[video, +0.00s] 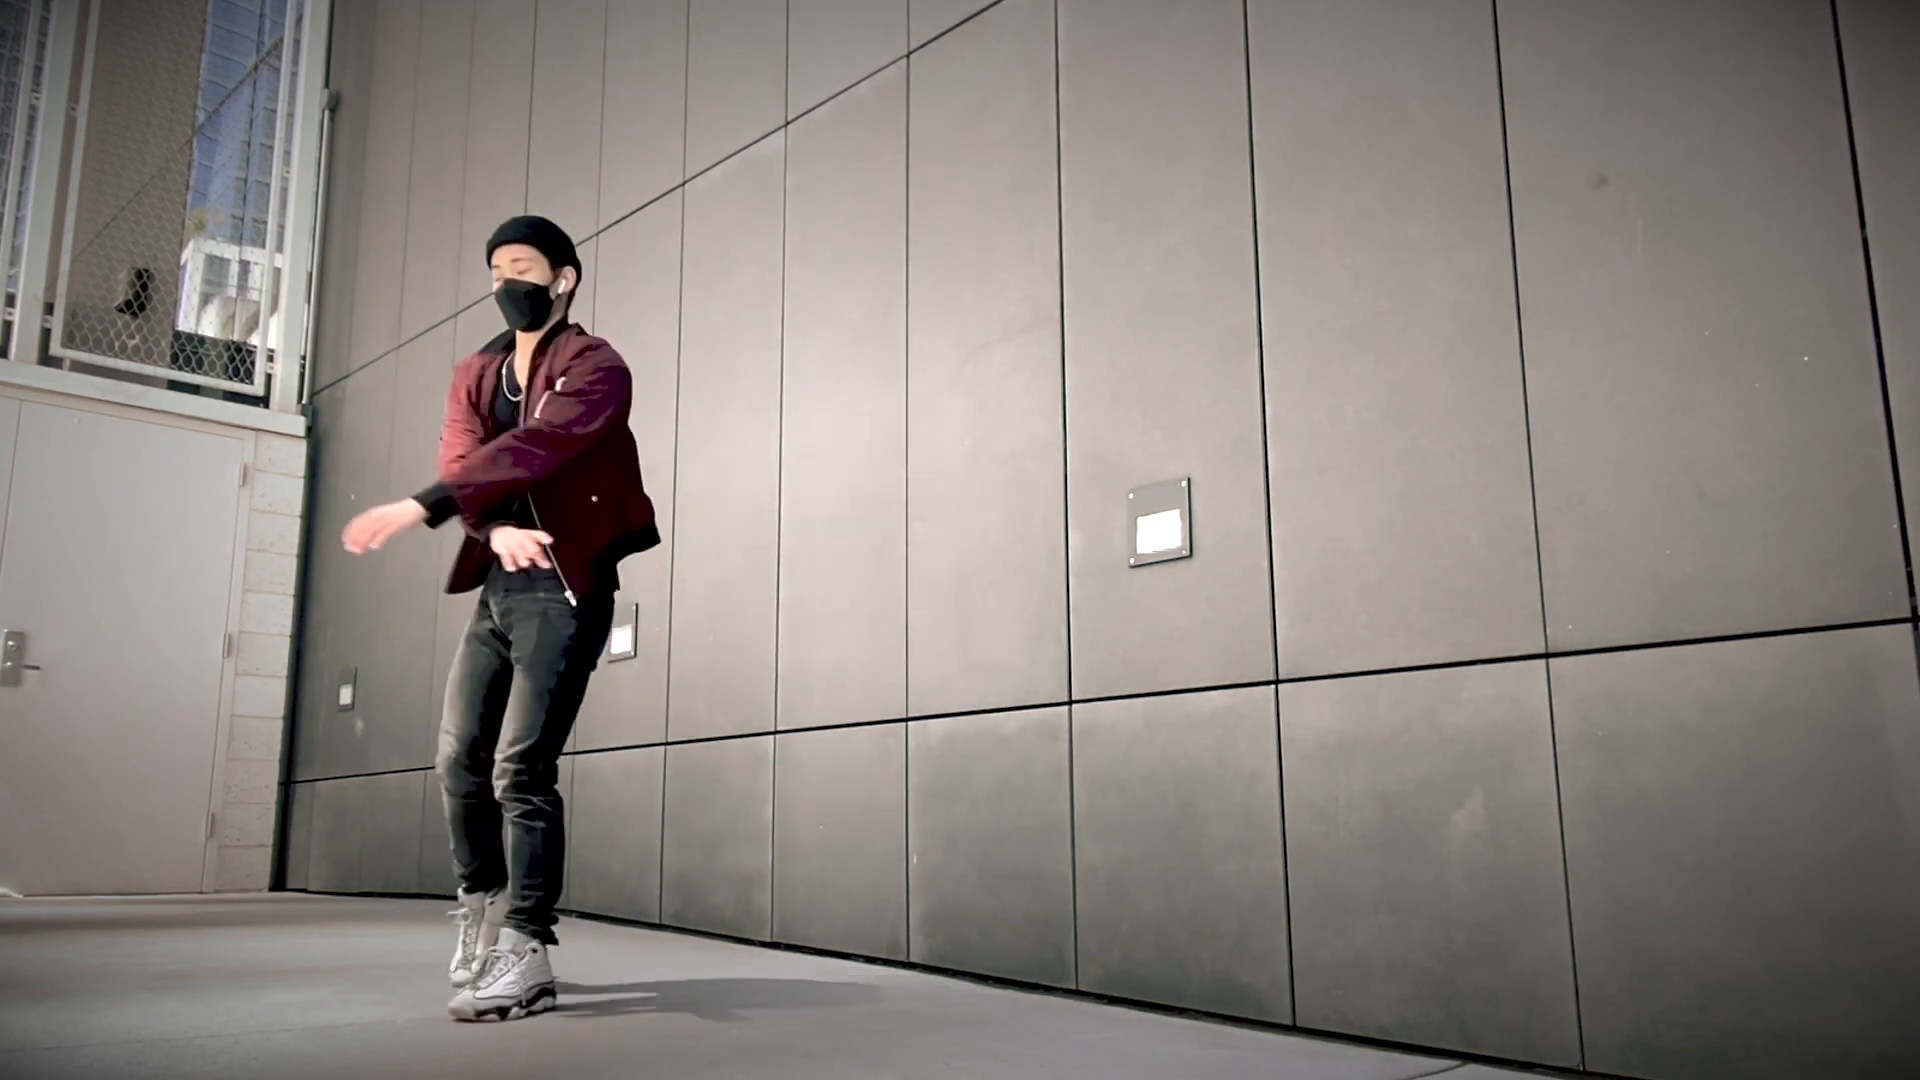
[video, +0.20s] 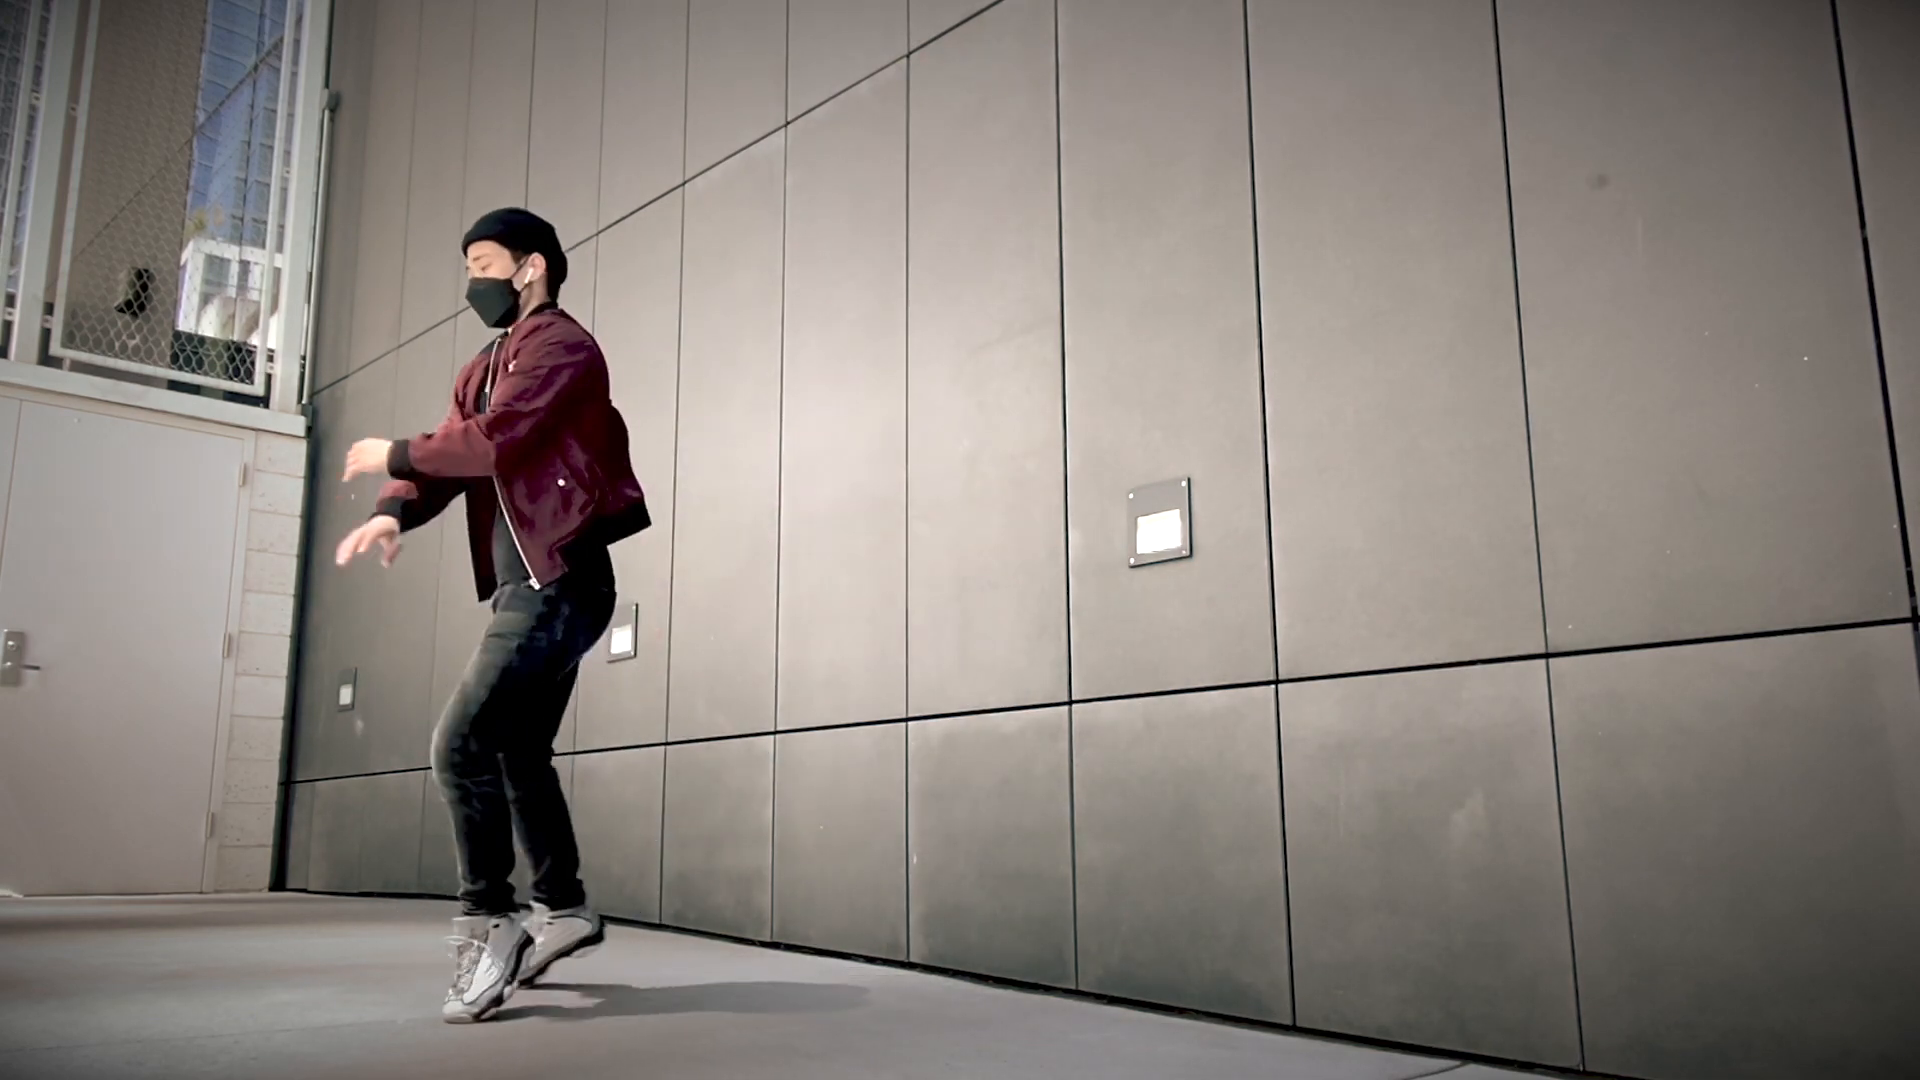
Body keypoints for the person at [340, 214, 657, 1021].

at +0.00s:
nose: (511, 281)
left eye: (527, 267)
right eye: (500, 270)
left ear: (567, 280)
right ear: (491, 286)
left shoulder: (598, 367)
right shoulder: (477, 371)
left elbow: (540, 447)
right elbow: (458, 465)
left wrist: (423, 504)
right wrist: (496, 527)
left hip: (564, 589)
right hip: (496, 586)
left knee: (522, 769)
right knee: (461, 764)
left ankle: (528, 951)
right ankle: (482, 912)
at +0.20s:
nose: (472, 283)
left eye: (483, 268)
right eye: (468, 272)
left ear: (534, 269)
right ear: (502, 278)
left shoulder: (560, 347)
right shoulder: (485, 369)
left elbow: (495, 441)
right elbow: (451, 455)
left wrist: (395, 454)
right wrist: (396, 511)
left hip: (557, 585)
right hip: (526, 585)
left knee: (463, 749)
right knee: (521, 749)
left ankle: (492, 928)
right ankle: (563, 910)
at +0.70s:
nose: (504, 289)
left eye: (516, 273)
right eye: (501, 275)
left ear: (566, 277)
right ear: (546, 284)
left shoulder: (588, 334)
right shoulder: (538, 371)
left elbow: (653, 381)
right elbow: (494, 453)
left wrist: (570, 462)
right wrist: (432, 457)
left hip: (565, 593)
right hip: (600, 601)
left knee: (444, 744)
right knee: (560, 779)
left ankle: (494, 917)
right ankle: (680, 911)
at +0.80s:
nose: (536, 289)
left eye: (551, 273)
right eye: (529, 277)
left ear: (600, 277)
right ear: (528, 284)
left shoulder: (628, 337)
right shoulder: (536, 383)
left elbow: (731, 381)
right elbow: (473, 452)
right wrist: (469, 437)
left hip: (584, 585)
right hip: (615, 594)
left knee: (473, 741)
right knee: (556, 772)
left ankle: (506, 922)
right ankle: (671, 904)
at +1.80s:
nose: (875, 315)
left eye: (886, 306)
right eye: (859, 304)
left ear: (897, 317)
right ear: (825, 314)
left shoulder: (922, 407)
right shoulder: (792, 398)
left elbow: (933, 510)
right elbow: (724, 443)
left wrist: (959, 604)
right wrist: (820, 420)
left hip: (937, 607)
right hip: (855, 611)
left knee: (1032, 756)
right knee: (827, 795)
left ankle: (985, 927)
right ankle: (777, 958)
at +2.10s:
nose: (949, 314)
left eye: (957, 306)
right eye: (933, 301)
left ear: (960, 319)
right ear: (891, 309)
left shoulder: (960, 405)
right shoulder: (858, 373)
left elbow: (969, 499)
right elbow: (775, 439)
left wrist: (960, 587)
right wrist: (809, 502)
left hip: (950, 619)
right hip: (883, 618)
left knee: (992, 780)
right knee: (854, 792)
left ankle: (935, 942)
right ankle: (787, 953)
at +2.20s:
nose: (969, 320)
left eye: (977, 310)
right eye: (956, 305)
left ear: (977, 320)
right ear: (914, 305)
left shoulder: (957, 403)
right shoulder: (884, 362)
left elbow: (930, 499)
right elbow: (807, 420)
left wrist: (935, 592)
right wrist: (768, 508)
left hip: (928, 618)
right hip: (872, 614)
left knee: (955, 787)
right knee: (842, 789)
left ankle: (919, 953)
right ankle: (783, 955)